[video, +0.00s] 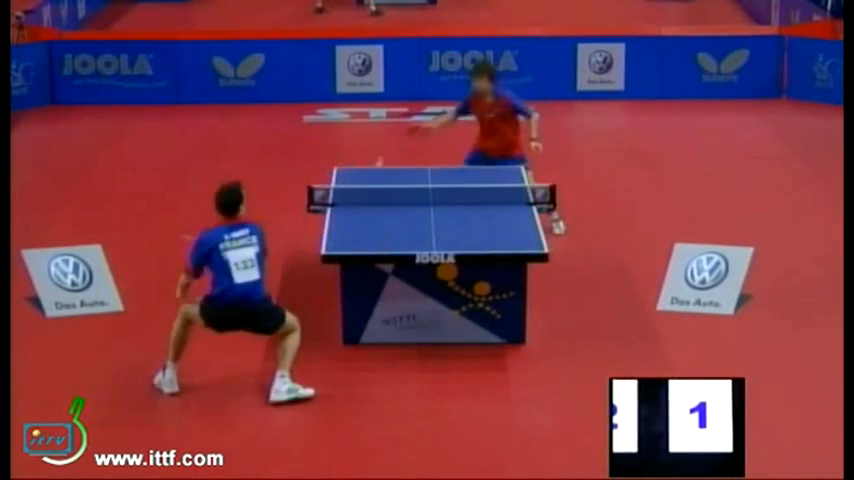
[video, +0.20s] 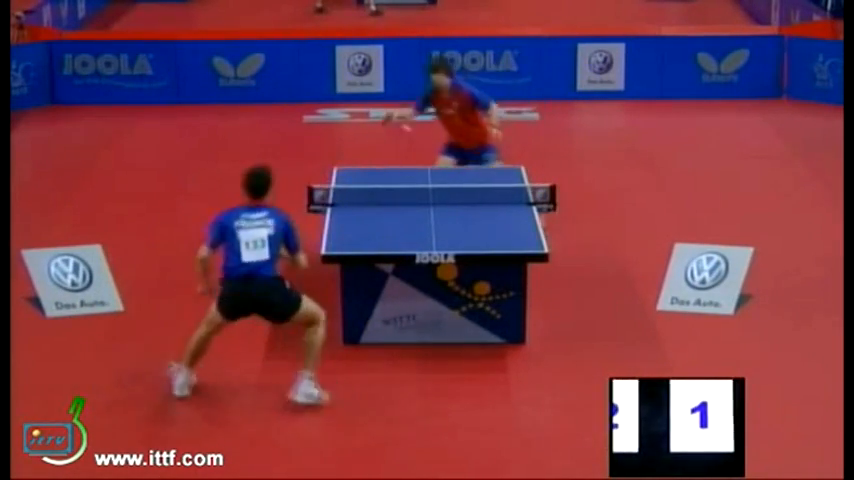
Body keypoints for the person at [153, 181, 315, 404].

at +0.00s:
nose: (245, 207)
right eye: (243, 203)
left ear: (218, 208)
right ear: (241, 207)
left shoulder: (208, 238)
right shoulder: (256, 232)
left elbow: (190, 275)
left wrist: (181, 291)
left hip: (222, 312)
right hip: (257, 309)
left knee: (186, 313)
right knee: (292, 328)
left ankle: (169, 374)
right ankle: (283, 382)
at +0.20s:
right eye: (266, 186)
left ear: (244, 189)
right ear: (269, 190)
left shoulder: (227, 218)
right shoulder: (279, 218)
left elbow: (203, 255)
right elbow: (300, 261)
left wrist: (205, 283)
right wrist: (283, 251)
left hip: (235, 290)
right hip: (270, 290)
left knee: (207, 328)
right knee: (316, 318)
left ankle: (183, 374)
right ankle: (307, 381)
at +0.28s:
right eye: (282, 190)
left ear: (261, 191)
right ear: (284, 193)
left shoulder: (241, 220)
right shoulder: (289, 225)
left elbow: (219, 259)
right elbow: (306, 269)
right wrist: (314, 266)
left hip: (238, 294)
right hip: (272, 295)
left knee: (222, 323)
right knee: (322, 330)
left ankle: (199, 379)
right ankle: (329, 391)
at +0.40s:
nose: (320, 215)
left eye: (320, 210)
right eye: (319, 210)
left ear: (292, 210)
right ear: (314, 213)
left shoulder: (272, 234)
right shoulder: (307, 244)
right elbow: (306, 290)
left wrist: (325, 293)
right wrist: (341, 296)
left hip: (250, 308)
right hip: (281, 312)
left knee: (232, 340)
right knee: (338, 350)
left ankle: (202, 393)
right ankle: (338, 411)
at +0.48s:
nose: (350, 232)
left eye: (348, 226)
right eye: (349, 227)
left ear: (326, 223)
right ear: (345, 228)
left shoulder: (308, 243)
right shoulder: (328, 257)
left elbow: (345, 271)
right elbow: (323, 307)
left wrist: (375, 290)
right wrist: (360, 320)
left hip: (267, 311)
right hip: (293, 319)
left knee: (249, 349)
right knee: (351, 359)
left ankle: (204, 393)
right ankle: (334, 424)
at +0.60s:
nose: (402, 252)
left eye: (402, 247)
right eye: (399, 247)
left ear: (384, 243)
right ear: (387, 247)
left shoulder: (380, 256)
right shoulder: (368, 274)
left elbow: (412, 262)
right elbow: (352, 318)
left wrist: (443, 268)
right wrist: (375, 357)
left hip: (318, 309)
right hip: (330, 319)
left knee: (303, 356)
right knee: (374, 370)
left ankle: (243, 374)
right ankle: (336, 430)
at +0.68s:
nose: (442, 251)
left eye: (442, 246)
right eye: (440, 247)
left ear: (419, 241)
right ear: (430, 248)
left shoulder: (403, 253)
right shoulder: (401, 274)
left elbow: (427, 255)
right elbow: (386, 316)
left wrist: (445, 260)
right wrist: (400, 353)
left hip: (354, 301)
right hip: (360, 312)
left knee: (359, 354)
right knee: (394, 374)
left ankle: (295, 376)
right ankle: (339, 429)